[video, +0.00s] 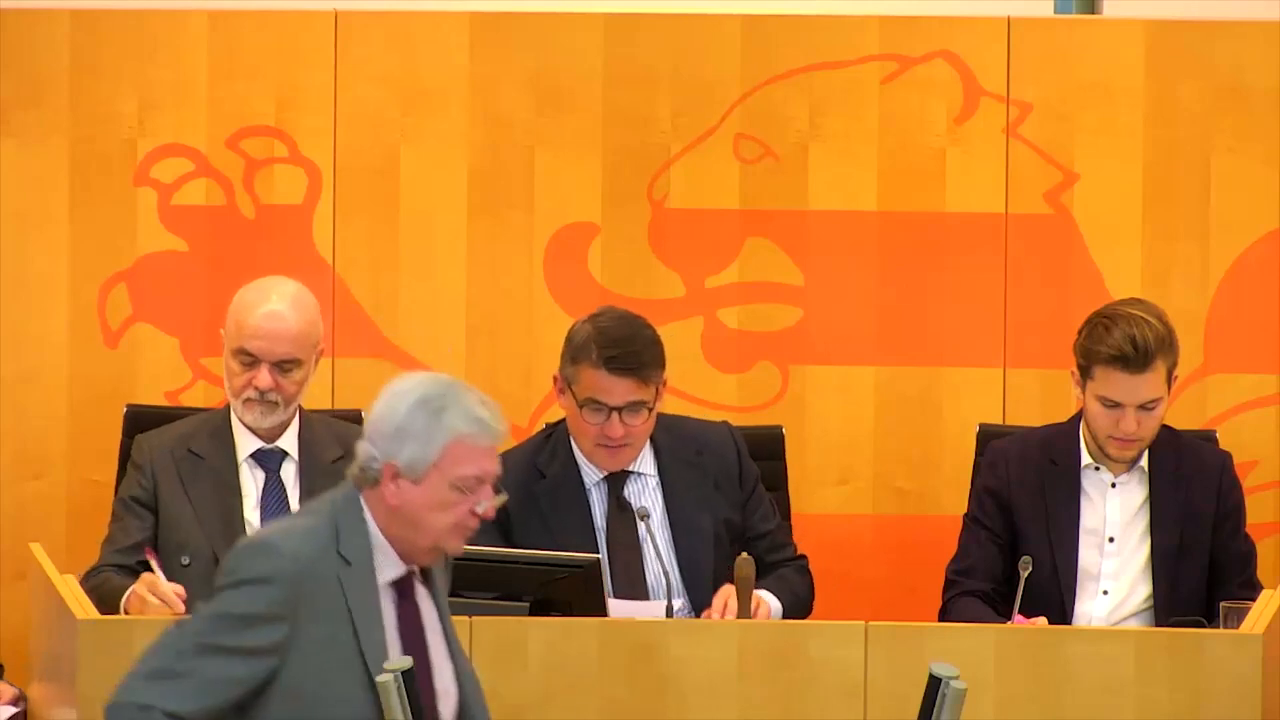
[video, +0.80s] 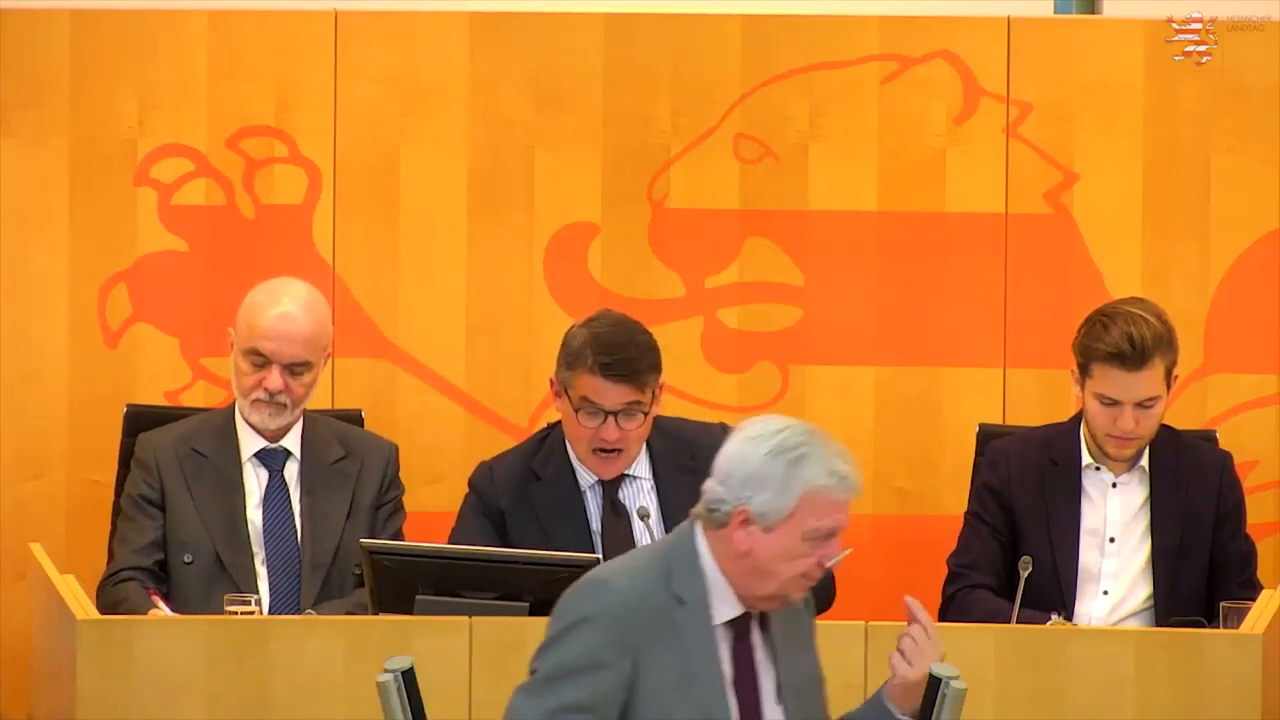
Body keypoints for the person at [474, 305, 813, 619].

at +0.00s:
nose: (616, 430)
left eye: (634, 408)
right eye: (596, 408)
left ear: (660, 392)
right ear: (562, 393)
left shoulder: (720, 452)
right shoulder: (509, 482)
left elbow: (792, 576)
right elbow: (479, 605)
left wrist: (758, 604)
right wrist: (576, 622)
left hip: (711, 667)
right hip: (577, 673)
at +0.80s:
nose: (610, 433)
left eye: (629, 412)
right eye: (591, 412)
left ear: (656, 396)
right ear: (558, 394)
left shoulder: (722, 455)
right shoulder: (500, 488)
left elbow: (818, 585)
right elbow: (455, 610)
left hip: (704, 675)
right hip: (567, 679)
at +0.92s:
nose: (611, 439)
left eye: (630, 418)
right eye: (592, 418)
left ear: (656, 400)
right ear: (557, 399)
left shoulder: (714, 454)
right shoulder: (497, 492)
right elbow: (460, 613)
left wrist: (732, 538)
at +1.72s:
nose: (618, 450)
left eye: (636, 427)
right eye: (597, 429)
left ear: (656, 407)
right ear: (557, 407)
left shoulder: (706, 452)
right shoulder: (495, 491)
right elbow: (455, 615)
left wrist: (692, 508)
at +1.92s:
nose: (616, 432)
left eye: (634, 409)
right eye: (595, 410)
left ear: (654, 395)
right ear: (556, 396)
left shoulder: (708, 449)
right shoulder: (498, 486)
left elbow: (771, 565)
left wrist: (689, 487)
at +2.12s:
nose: (605, 430)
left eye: (623, 410)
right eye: (584, 410)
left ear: (647, 393)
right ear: (550, 397)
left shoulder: (704, 451)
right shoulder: (497, 485)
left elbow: (816, 568)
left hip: (697, 677)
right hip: (550, 693)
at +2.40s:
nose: (598, 435)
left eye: (616, 414)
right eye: (577, 415)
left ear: (642, 399)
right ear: (542, 401)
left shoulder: (704, 449)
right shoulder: (497, 493)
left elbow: (824, 512)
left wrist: (773, 598)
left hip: (715, 669)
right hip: (573, 686)